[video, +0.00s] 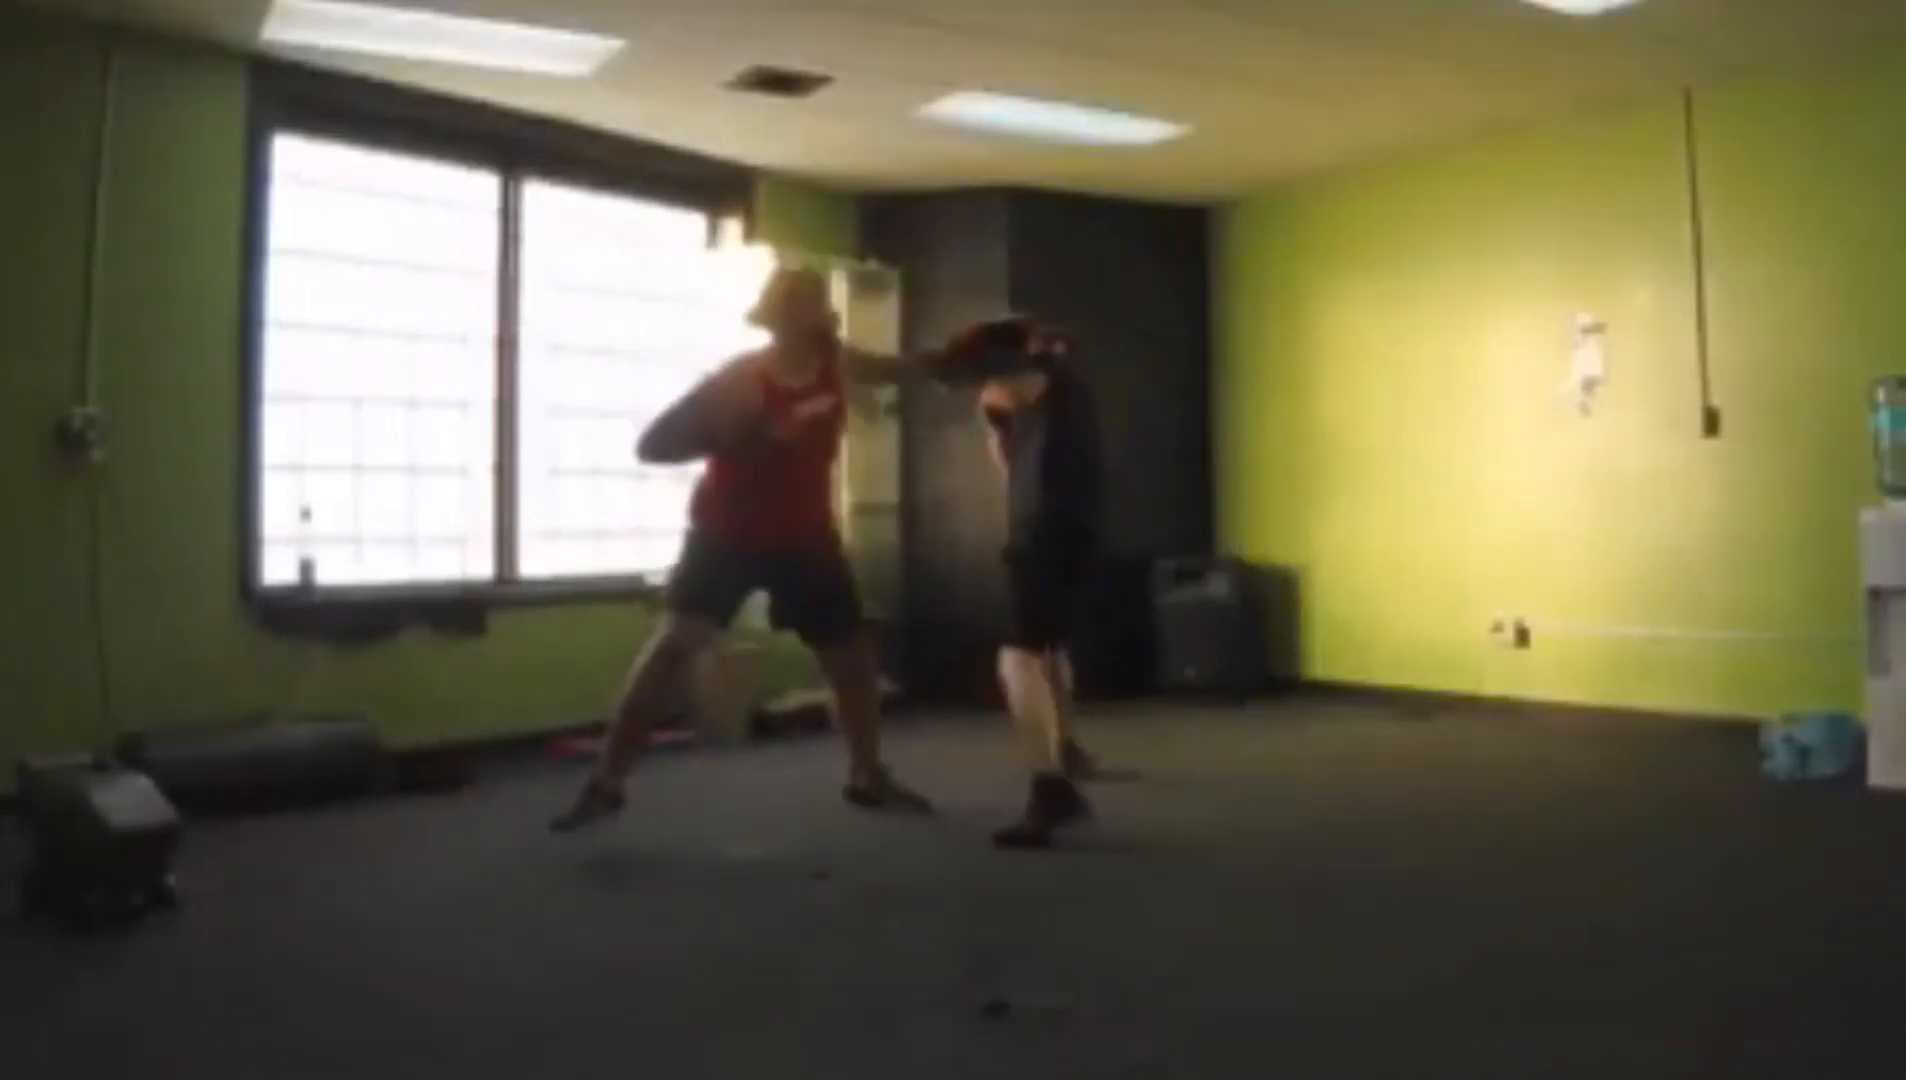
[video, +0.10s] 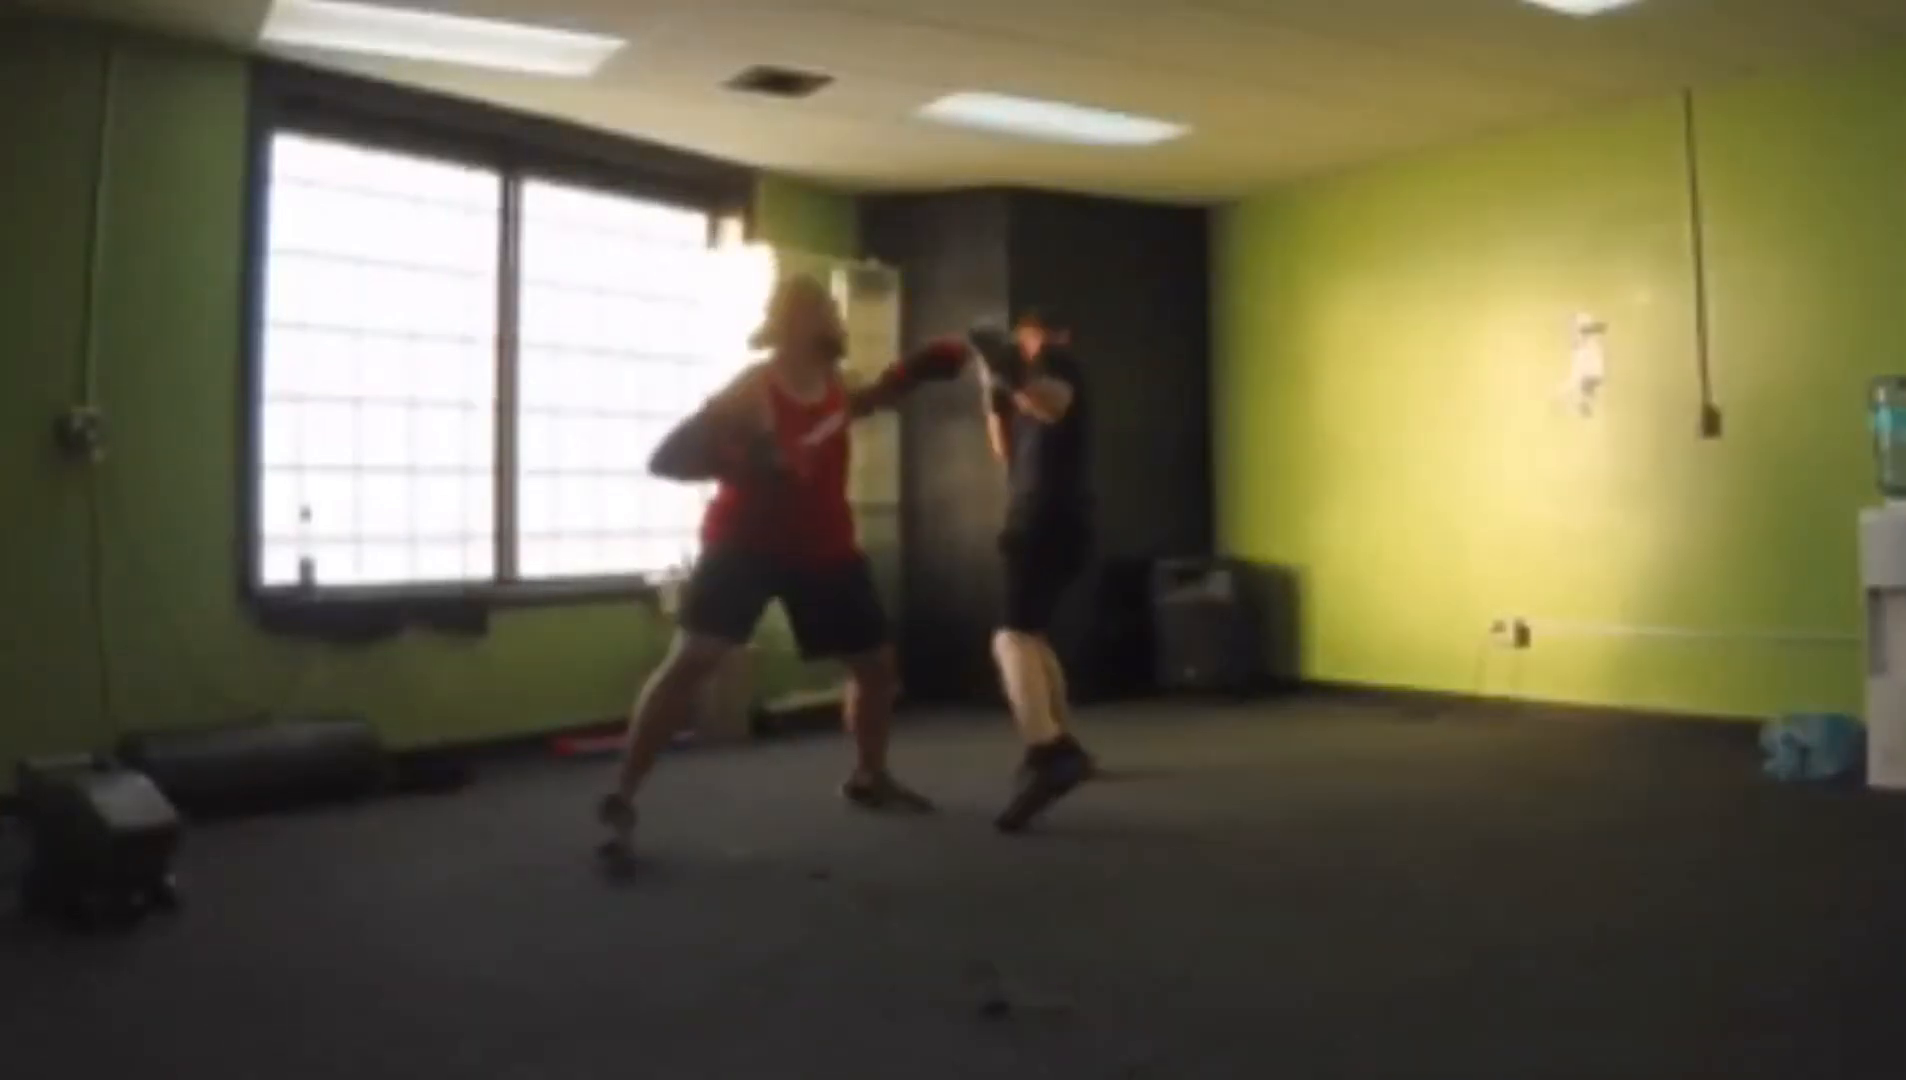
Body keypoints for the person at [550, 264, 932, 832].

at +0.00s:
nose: (816, 320)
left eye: (819, 307)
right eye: (803, 308)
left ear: (827, 314)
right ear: (777, 318)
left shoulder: (835, 366)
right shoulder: (742, 380)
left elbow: (895, 371)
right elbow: (654, 445)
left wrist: (948, 363)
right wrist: (732, 437)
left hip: (806, 540)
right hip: (726, 540)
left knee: (850, 654)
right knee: (673, 649)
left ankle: (867, 778)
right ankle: (607, 781)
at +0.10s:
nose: (824, 323)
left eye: (826, 311)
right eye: (809, 312)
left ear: (833, 324)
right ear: (782, 325)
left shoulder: (837, 390)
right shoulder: (753, 392)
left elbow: (876, 397)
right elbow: (669, 459)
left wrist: (924, 367)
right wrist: (746, 463)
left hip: (824, 551)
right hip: (747, 550)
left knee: (874, 665)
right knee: (691, 663)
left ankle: (870, 777)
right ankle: (624, 794)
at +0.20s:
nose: (820, 334)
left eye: (824, 322)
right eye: (807, 322)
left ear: (827, 331)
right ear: (780, 328)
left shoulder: (823, 397)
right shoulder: (744, 391)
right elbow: (692, 480)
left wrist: (869, 418)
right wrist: (765, 473)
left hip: (813, 553)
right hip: (739, 554)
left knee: (869, 668)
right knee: (706, 671)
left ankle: (869, 776)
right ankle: (649, 812)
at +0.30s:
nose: (816, 316)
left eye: (817, 303)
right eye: (805, 303)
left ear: (808, 311)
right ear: (777, 307)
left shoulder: (809, 384)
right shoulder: (731, 378)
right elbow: (734, 472)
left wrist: (861, 400)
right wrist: (812, 423)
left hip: (792, 542)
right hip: (723, 547)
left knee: (844, 645)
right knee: (705, 673)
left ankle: (860, 766)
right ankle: (647, 813)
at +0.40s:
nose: (803, 303)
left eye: (804, 291)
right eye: (795, 290)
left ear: (797, 297)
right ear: (774, 292)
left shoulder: (798, 362)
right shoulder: (734, 358)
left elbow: (803, 425)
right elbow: (771, 442)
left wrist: (849, 375)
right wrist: (826, 391)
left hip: (786, 536)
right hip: (726, 540)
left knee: (839, 639)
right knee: (721, 662)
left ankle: (823, 773)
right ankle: (647, 807)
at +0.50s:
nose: (808, 312)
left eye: (806, 300)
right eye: (798, 300)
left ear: (784, 307)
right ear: (774, 304)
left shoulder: (787, 373)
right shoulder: (735, 368)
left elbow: (821, 435)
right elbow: (813, 433)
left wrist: (847, 378)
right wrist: (846, 379)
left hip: (780, 542)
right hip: (726, 544)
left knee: (831, 651)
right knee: (732, 685)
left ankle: (820, 784)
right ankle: (681, 830)